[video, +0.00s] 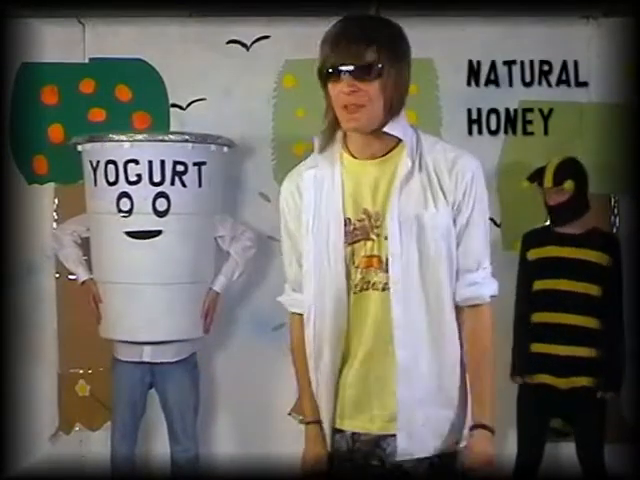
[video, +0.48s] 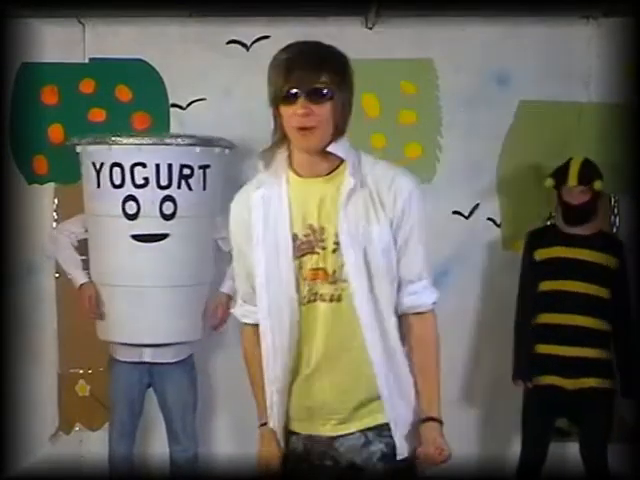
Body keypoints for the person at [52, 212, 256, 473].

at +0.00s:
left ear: (174, 197)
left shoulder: (195, 220)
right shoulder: (113, 220)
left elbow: (247, 240)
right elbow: (62, 234)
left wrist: (218, 288)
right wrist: (85, 278)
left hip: (177, 352)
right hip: (127, 352)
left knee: (185, 449)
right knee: (121, 450)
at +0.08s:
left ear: (174, 196)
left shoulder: (195, 220)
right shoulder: (113, 219)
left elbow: (247, 241)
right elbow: (62, 233)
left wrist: (218, 289)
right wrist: (84, 278)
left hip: (177, 353)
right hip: (127, 352)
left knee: (185, 448)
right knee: (121, 449)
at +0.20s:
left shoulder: (195, 219)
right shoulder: (114, 220)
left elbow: (247, 241)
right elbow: (62, 233)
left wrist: (220, 292)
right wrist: (84, 278)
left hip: (176, 352)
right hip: (126, 351)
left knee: (185, 447)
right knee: (121, 449)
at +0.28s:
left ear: (175, 200)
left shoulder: (194, 221)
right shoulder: (112, 221)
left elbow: (246, 241)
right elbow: (61, 234)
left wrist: (223, 295)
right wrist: (83, 282)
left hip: (176, 353)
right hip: (125, 353)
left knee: (185, 448)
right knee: (120, 449)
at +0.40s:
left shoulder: (196, 221)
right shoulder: (110, 220)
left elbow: (241, 245)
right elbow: (60, 236)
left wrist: (226, 293)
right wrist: (82, 281)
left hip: (176, 353)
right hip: (125, 353)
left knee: (185, 447)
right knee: (120, 448)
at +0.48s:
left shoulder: (196, 220)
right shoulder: (111, 218)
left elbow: (241, 250)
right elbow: (59, 236)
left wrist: (226, 292)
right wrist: (82, 281)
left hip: (176, 352)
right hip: (125, 352)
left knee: (185, 447)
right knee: (120, 448)